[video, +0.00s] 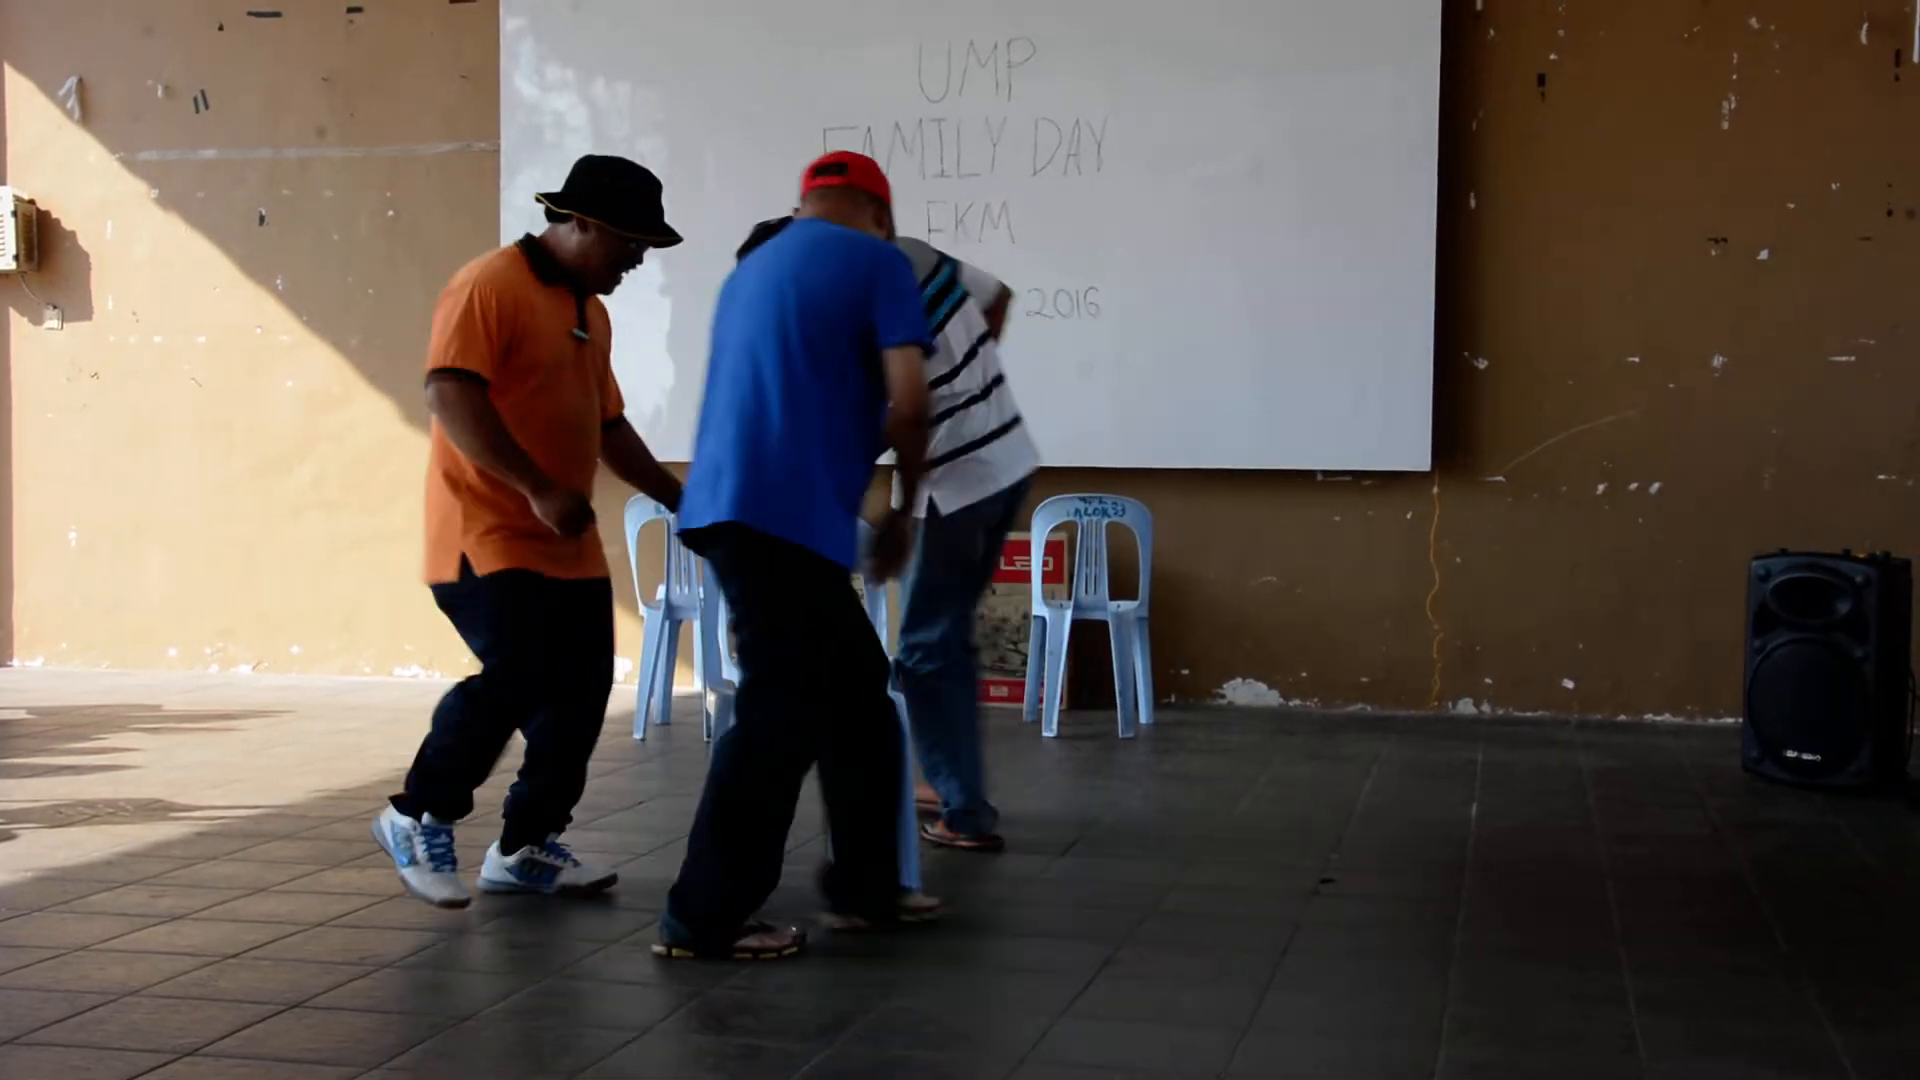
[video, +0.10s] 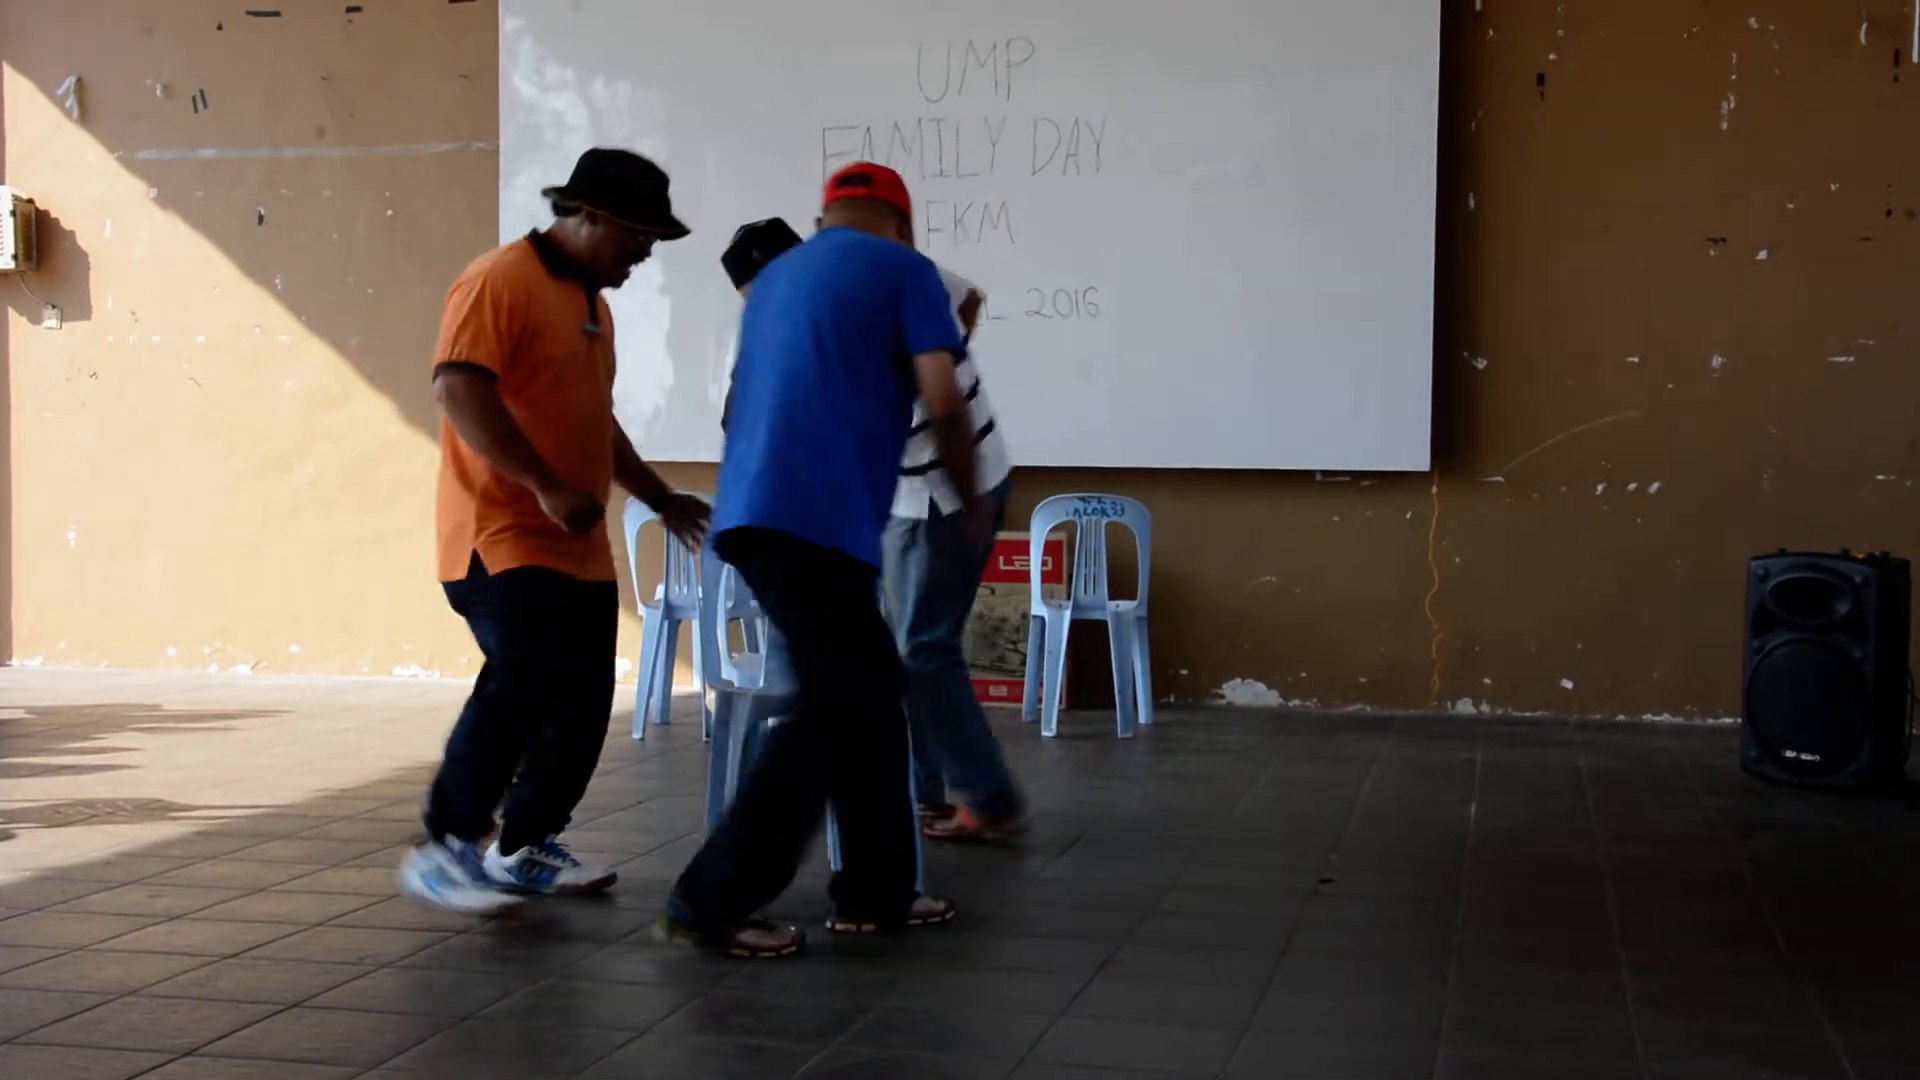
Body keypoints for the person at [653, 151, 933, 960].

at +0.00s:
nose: (888, 236)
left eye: (885, 226)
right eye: (888, 224)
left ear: (807, 205)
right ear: (873, 210)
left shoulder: (757, 263)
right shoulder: (878, 259)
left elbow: (761, 398)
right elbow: (911, 403)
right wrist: (907, 507)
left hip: (723, 505)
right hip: (789, 514)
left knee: (859, 696)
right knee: (777, 712)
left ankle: (865, 888)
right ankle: (703, 921)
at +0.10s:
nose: (909, 241)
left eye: (904, 232)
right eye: (909, 229)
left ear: (828, 214)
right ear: (897, 219)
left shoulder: (775, 274)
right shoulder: (906, 268)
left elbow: (741, 403)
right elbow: (944, 404)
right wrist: (970, 497)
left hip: (748, 514)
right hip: (822, 519)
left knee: (867, 701)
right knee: (846, 704)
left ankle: (874, 895)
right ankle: (710, 904)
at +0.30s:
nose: (927, 231)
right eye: (928, 221)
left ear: (855, 223)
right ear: (931, 221)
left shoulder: (812, 284)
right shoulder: (952, 266)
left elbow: (742, 410)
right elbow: (998, 364)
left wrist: (777, 502)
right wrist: (1037, 496)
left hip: (814, 527)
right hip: (912, 522)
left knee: (856, 708)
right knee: (975, 684)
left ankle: (863, 893)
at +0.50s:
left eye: (886, 224)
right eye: (947, 222)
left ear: (875, 231)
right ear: (950, 221)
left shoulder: (832, 299)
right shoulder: (993, 257)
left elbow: (770, 415)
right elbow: (1030, 326)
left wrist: (780, 465)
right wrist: (1053, 433)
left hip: (901, 538)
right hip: (1007, 527)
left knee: (897, 723)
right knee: (1045, 694)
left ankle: (895, 901)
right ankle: (1073, 868)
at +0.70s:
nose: (882, 261)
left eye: (880, 252)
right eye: (883, 252)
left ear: (891, 243)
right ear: (960, 232)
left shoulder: (870, 308)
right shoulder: (1030, 282)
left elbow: (823, 450)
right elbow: (1109, 384)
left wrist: (817, 493)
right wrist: (1133, 495)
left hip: (946, 544)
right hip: (1050, 528)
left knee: (974, 691)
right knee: (1077, 702)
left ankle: (996, 808)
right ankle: (1069, 878)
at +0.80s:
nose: (874, 270)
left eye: (873, 259)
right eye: (873, 260)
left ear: (890, 248)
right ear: (947, 236)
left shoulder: (875, 311)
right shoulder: (1029, 288)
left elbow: (836, 448)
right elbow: (1075, 410)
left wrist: (819, 489)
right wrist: (1027, 465)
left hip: (952, 536)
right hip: (1055, 525)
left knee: (966, 693)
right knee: (1067, 697)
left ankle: (991, 843)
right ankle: (1067, 875)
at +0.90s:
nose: (861, 287)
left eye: (860, 277)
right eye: (859, 279)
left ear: (877, 261)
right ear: (932, 248)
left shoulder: (870, 316)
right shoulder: (1009, 294)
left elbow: (838, 434)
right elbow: (1039, 383)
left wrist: (837, 498)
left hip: (951, 531)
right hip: (1052, 521)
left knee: (955, 692)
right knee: (1064, 691)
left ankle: (975, 845)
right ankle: (1066, 860)